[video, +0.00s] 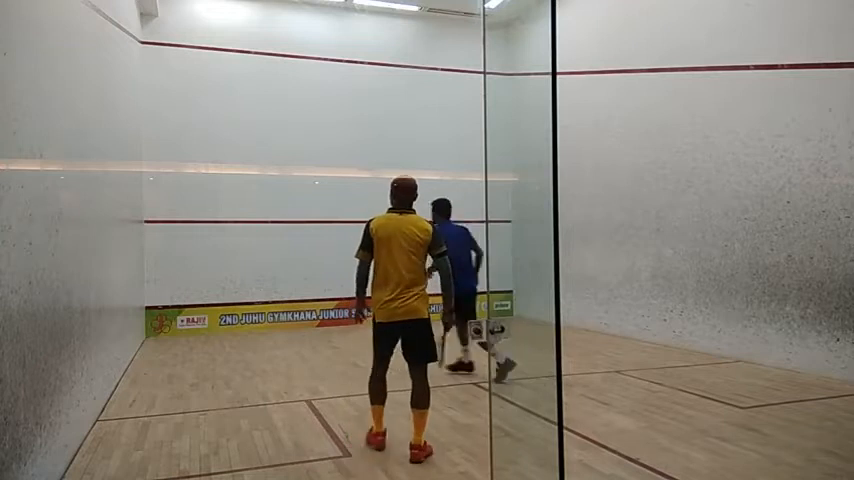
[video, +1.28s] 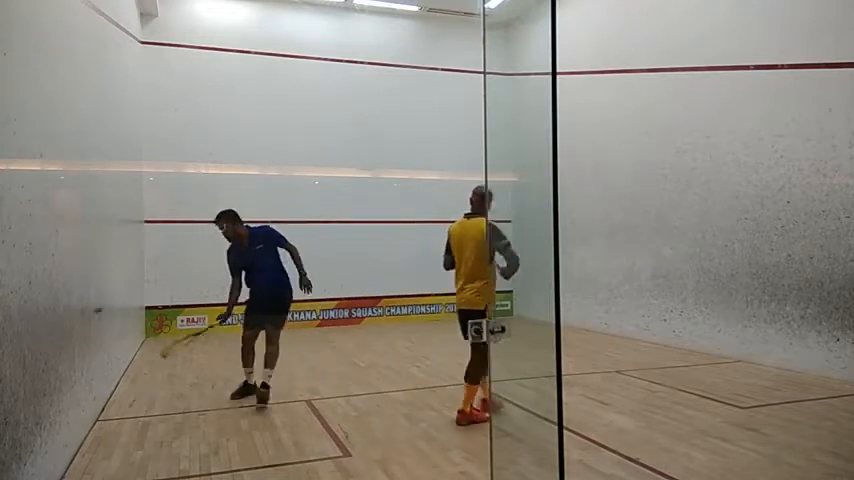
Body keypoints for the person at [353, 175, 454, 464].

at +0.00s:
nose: (394, 197)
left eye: (393, 193)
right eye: (407, 193)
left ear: (391, 196)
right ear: (415, 198)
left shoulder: (375, 226)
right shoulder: (427, 229)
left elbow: (362, 266)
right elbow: (445, 270)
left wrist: (359, 300)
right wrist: (449, 309)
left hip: (384, 314)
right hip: (416, 314)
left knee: (378, 370)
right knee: (419, 376)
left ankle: (378, 432)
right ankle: (417, 444)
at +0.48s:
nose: (390, 195)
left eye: (393, 192)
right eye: (392, 191)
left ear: (393, 199)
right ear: (411, 200)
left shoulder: (374, 231)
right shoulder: (422, 226)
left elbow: (370, 269)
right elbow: (443, 261)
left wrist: (389, 273)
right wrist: (430, 286)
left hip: (391, 308)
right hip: (421, 304)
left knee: (387, 364)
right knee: (442, 347)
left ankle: (385, 423)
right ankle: (432, 405)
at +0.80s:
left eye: (422, 199)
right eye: (434, 202)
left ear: (415, 203)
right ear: (435, 206)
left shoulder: (399, 232)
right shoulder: (441, 231)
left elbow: (392, 270)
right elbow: (460, 265)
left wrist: (412, 257)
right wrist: (453, 283)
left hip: (410, 311)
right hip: (438, 310)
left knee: (399, 361)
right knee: (450, 357)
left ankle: (387, 420)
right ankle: (461, 410)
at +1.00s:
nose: (452, 205)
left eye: (447, 199)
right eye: (458, 203)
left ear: (440, 202)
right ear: (460, 205)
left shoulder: (424, 231)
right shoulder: (463, 231)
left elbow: (418, 267)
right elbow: (482, 267)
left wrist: (438, 257)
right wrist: (473, 280)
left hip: (434, 307)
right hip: (459, 306)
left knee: (425, 349)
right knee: (467, 353)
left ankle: (406, 395)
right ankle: (465, 410)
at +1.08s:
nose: (469, 203)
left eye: (466, 198)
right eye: (470, 199)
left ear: (450, 200)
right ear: (470, 202)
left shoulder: (434, 229)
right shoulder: (473, 229)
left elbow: (428, 264)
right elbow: (493, 261)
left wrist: (449, 252)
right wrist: (485, 275)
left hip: (444, 303)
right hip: (468, 304)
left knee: (448, 344)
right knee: (471, 354)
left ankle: (425, 388)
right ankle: (465, 410)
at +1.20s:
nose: (478, 201)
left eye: (475, 196)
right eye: (478, 197)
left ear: (460, 199)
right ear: (479, 201)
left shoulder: (444, 228)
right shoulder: (481, 228)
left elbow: (438, 263)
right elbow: (502, 261)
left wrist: (458, 252)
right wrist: (492, 275)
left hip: (453, 300)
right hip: (475, 300)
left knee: (465, 343)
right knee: (474, 348)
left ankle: (453, 390)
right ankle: (466, 409)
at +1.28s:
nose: (490, 207)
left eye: (488, 202)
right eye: (490, 203)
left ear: (470, 202)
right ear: (488, 203)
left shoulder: (454, 228)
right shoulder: (489, 228)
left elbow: (448, 263)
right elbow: (513, 260)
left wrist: (469, 254)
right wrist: (505, 272)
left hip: (462, 302)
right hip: (481, 302)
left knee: (481, 351)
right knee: (478, 354)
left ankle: (485, 397)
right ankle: (466, 410)